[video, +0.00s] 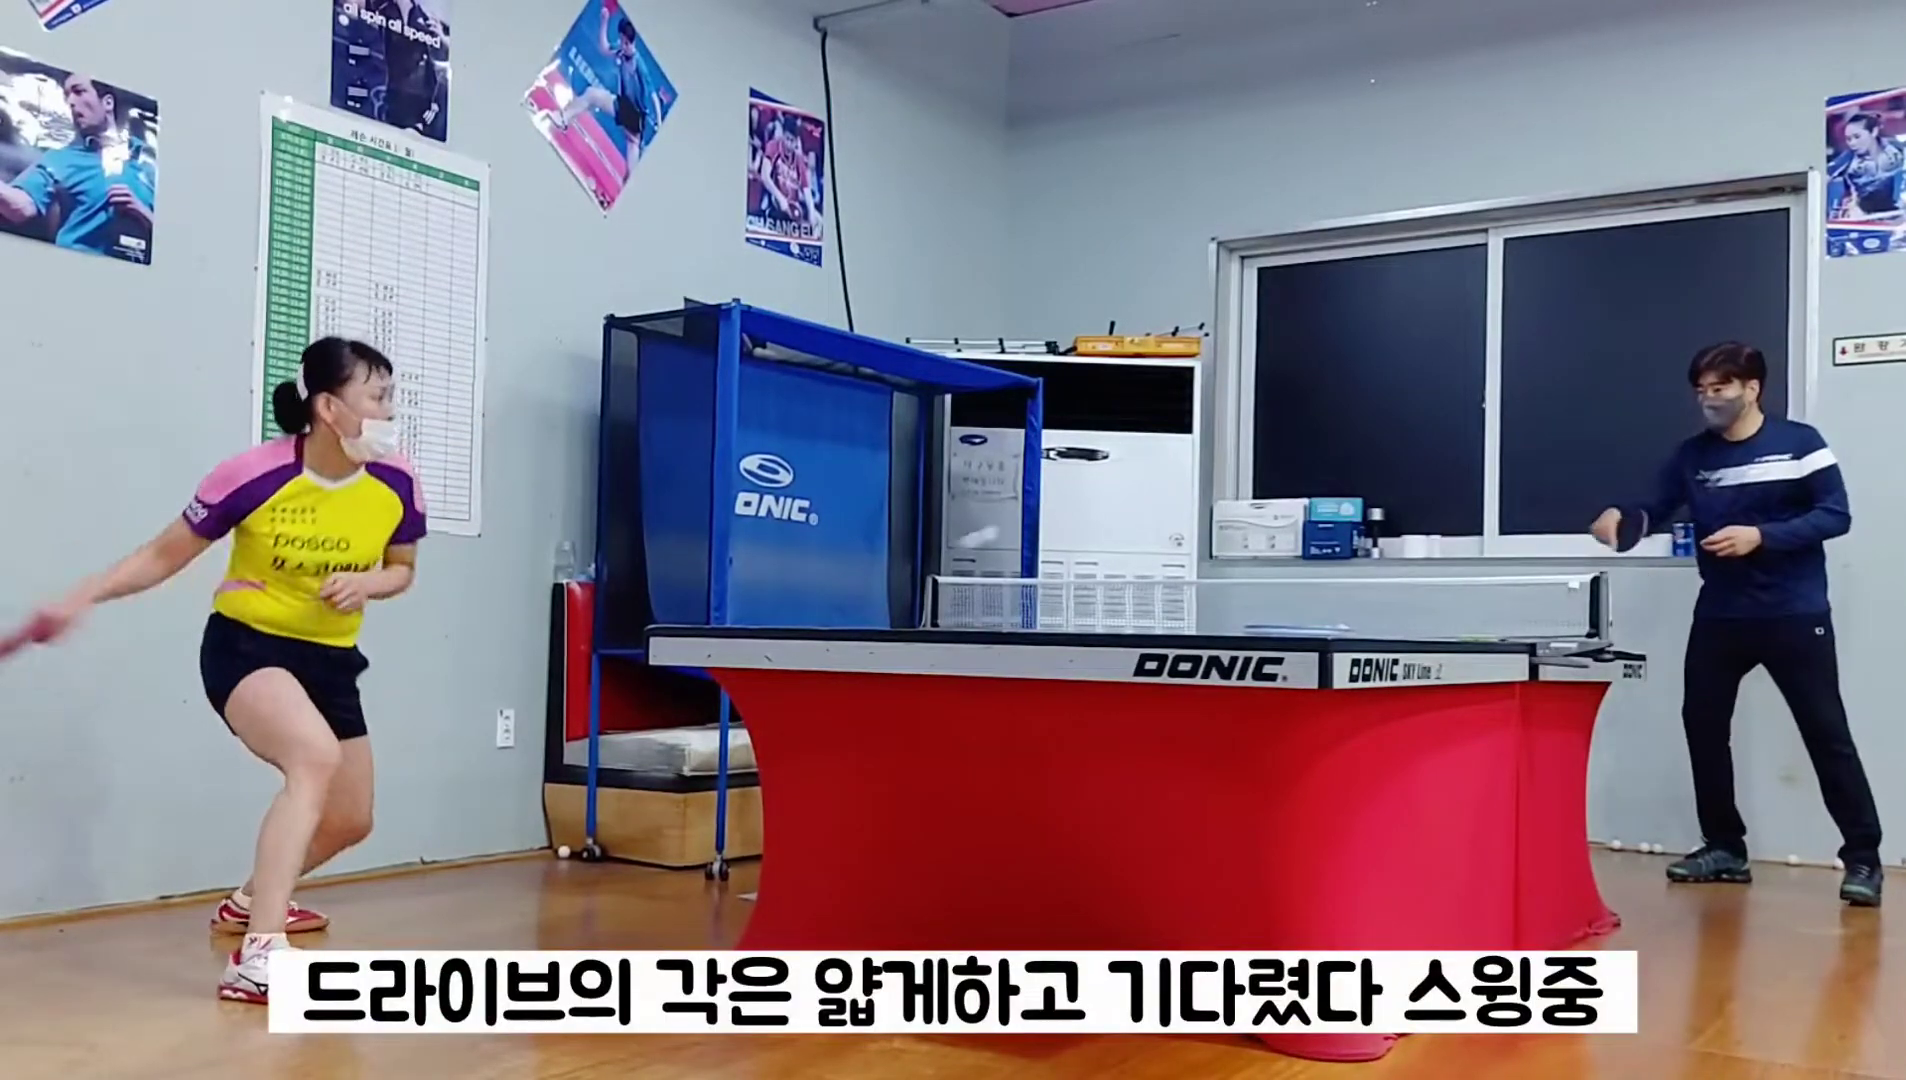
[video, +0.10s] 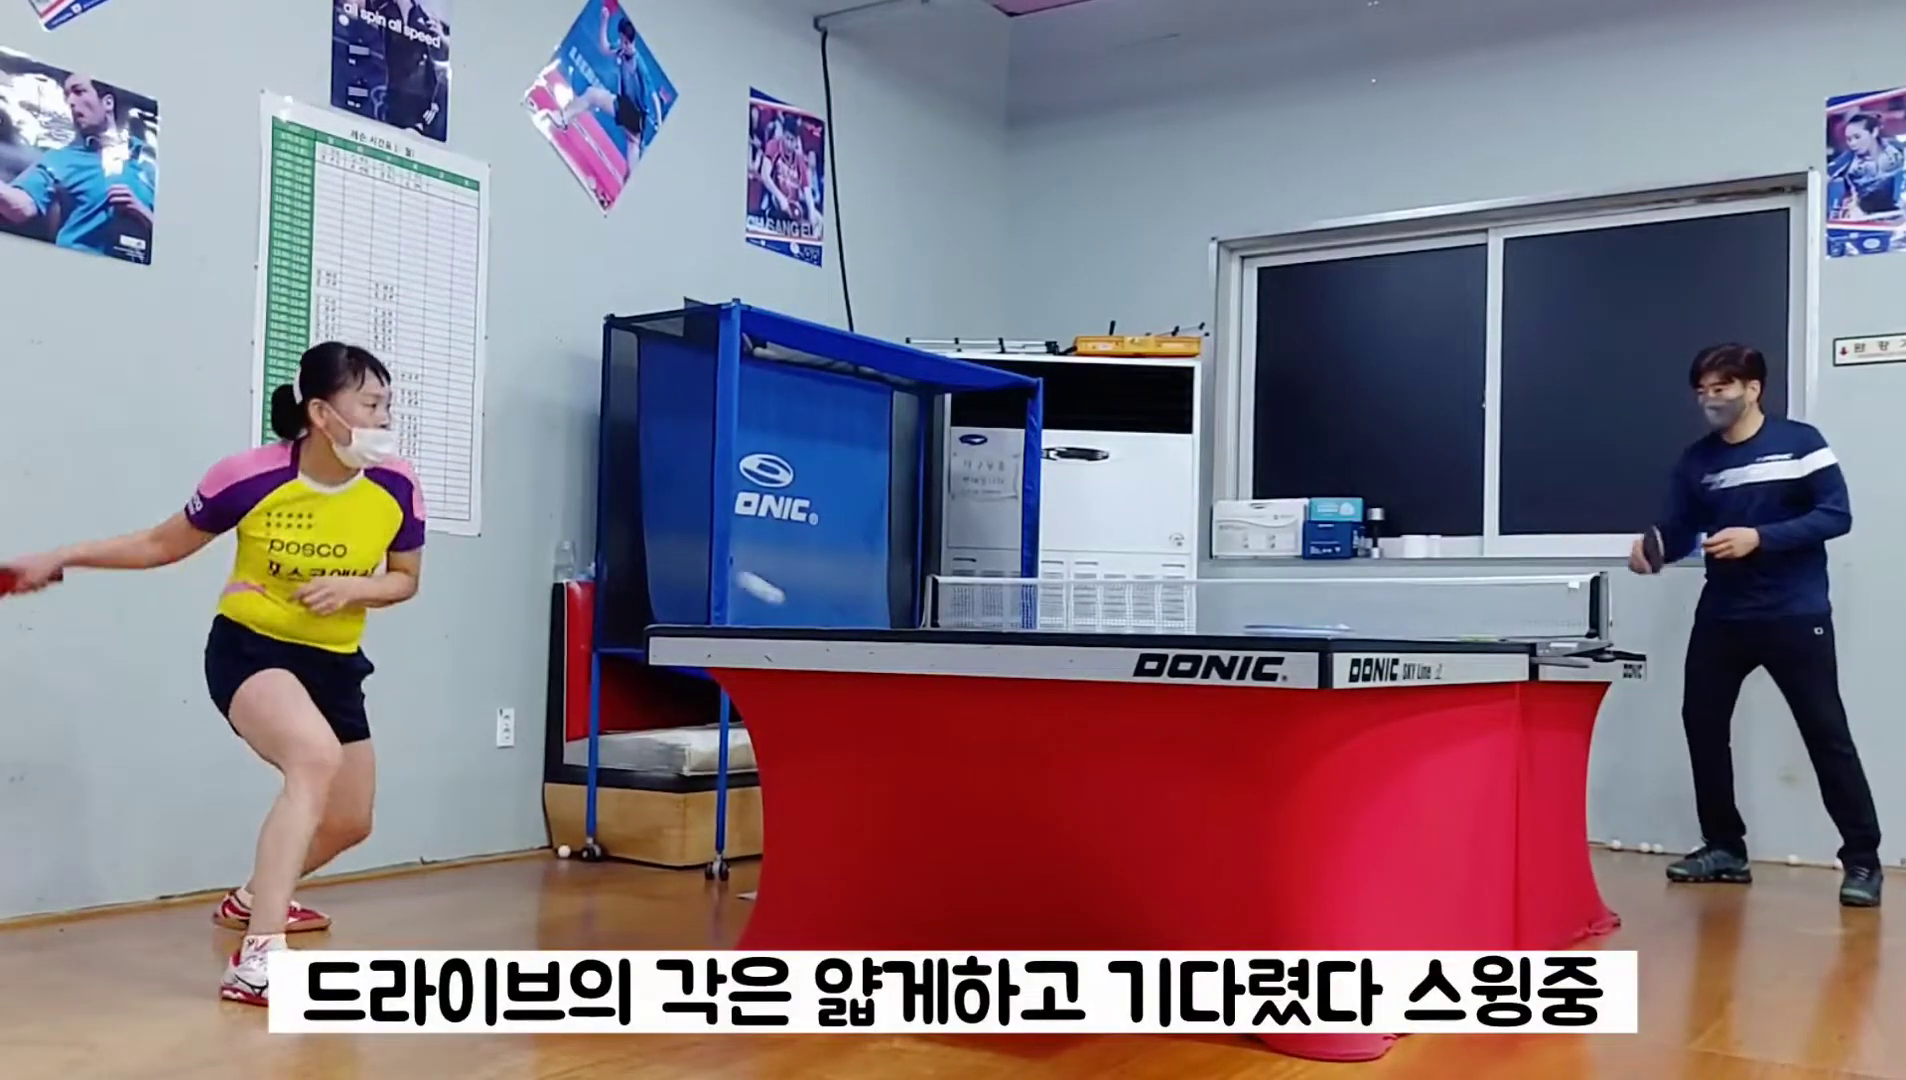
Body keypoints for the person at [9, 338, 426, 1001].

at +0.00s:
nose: (387, 412)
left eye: (388, 399)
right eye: (374, 399)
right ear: (326, 409)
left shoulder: (396, 484)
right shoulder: (254, 475)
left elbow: (401, 571)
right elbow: (165, 554)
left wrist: (371, 585)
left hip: (331, 661)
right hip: (246, 645)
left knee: (350, 820)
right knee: (313, 760)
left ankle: (251, 901)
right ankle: (260, 952)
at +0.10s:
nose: (382, 419)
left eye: (385, 405)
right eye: (368, 405)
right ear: (319, 413)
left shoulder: (397, 485)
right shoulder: (250, 478)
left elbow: (405, 580)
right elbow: (163, 544)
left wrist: (354, 589)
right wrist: (60, 559)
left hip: (334, 664)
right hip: (251, 648)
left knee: (349, 823)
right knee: (314, 760)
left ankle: (256, 898)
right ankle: (259, 955)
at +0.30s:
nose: (415, 357)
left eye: (420, 347)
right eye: (408, 341)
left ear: (384, 346)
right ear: (361, 333)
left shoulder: (372, 419)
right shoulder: (316, 381)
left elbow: (330, 528)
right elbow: (289, 446)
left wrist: (374, 516)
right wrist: (383, 418)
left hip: (301, 602)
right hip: (263, 593)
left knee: (337, 755)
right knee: (344, 755)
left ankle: (285, 885)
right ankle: (251, 938)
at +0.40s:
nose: (415, 373)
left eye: (418, 363)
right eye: (409, 359)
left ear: (358, 353)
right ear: (367, 348)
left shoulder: (325, 415)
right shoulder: (341, 390)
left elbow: (295, 510)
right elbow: (454, 381)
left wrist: (362, 539)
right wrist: (494, 344)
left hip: (245, 613)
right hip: (274, 611)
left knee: (322, 768)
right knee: (363, 788)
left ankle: (279, 915)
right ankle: (287, 955)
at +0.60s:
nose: (412, 381)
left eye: (412, 369)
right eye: (406, 367)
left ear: (345, 365)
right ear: (367, 361)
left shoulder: (293, 427)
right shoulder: (367, 401)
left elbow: (293, 515)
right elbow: (487, 428)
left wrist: (367, 554)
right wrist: (501, 397)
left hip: (240, 623)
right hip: (297, 619)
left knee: (320, 771)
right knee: (379, 802)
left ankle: (278, 910)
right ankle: (288, 979)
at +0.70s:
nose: (418, 343)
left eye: (418, 330)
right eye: (410, 328)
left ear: (364, 332)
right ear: (371, 328)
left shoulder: (337, 392)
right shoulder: (347, 377)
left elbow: (308, 508)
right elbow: (414, 470)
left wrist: (382, 525)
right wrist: (490, 464)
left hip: (285, 601)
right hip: (292, 602)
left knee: (337, 765)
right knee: (366, 774)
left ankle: (280, 899)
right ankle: (293, 965)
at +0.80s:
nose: (422, 338)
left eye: (422, 325)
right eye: (414, 324)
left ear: (378, 334)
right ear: (370, 330)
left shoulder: (378, 415)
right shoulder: (329, 391)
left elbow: (356, 517)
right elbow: (303, 508)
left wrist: (431, 550)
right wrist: (402, 536)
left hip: (335, 608)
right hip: (280, 603)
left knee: (362, 766)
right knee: (360, 763)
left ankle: (274, 893)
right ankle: (305, 949)